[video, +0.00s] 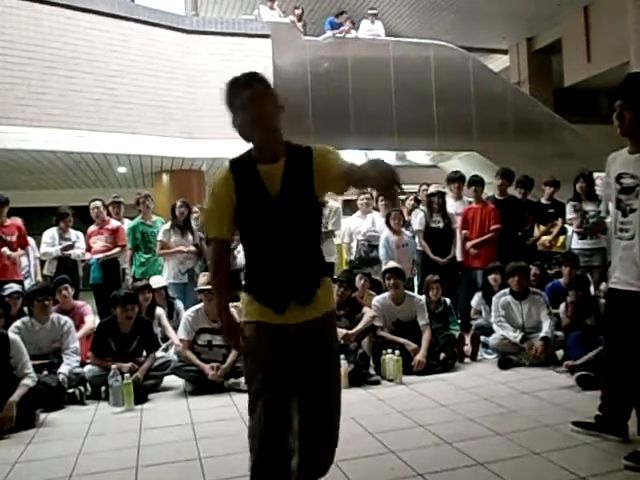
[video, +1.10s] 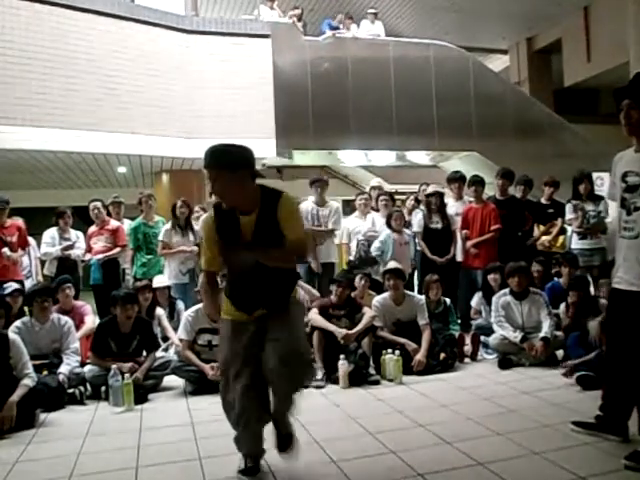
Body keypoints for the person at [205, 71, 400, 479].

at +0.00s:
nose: (256, 110)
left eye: (261, 99)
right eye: (245, 104)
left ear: (279, 105)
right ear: (234, 122)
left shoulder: (316, 161)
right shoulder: (228, 180)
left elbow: (372, 178)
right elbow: (219, 257)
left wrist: (381, 173)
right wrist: (226, 319)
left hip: (316, 312)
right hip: (262, 317)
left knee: (321, 423)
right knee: (270, 425)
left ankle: (308, 474)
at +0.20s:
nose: (262, 128)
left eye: (272, 118)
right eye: (254, 119)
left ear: (291, 118)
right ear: (244, 120)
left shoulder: (318, 163)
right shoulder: (227, 178)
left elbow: (360, 188)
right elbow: (215, 250)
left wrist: (385, 199)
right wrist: (232, 316)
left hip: (317, 316)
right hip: (262, 321)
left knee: (322, 423)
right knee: (270, 428)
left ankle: (312, 476)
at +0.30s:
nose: (229, 138)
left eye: (234, 128)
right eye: (226, 129)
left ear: (270, 125)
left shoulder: (320, 163)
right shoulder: (236, 181)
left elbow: (357, 207)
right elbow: (215, 254)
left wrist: (352, 244)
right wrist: (236, 323)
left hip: (318, 317)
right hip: (263, 322)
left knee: (323, 422)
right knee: (271, 426)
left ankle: (310, 477)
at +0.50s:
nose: (247, 150)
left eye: (257, 138)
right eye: (239, 140)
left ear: (286, 140)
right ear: (233, 145)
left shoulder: (320, 184)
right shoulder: (230, 203)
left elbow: (340, 239)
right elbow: (212, 267)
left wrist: (348, 293)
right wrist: (210, 306)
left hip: (318, 320)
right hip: (263, 325)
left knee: (323, 421)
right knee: (271, 424)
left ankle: (322, 475)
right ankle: (274, 479)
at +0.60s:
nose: (255, 156)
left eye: (266, 145)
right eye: (247, 146)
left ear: (290, 148)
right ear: (239, 153)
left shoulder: (319, 193)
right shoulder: (232, 203)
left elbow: (367, 234)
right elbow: (202, 260)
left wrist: (347, 285)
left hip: (316, 320)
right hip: (263, 323)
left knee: (328, 419)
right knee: (275, 404)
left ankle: (325, 477)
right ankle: (270, 479)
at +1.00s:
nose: (222, 169)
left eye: (228, 161)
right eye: (221, 161)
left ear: (252, 160)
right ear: (223, 163)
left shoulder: (293, 194)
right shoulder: (217, 202)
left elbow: (337, 233)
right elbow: (193, 247)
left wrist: (318, 279)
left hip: (289, 310)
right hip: (240, 312)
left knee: (302, 394)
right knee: (240, 396)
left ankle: (307, 467)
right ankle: (250, 457)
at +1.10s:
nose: (211, 189)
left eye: (216, 180)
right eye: (210, 181)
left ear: (242, 177)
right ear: (223, 181)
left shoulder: (283, 206)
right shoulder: (214, 222)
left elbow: (300, 252)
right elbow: (208, 271)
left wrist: (256, 253)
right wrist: (211, 301)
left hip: (281, 307)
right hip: (237, 312)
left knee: (286, 365)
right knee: (239, 385)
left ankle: (280, 416)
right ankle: (250, 452)